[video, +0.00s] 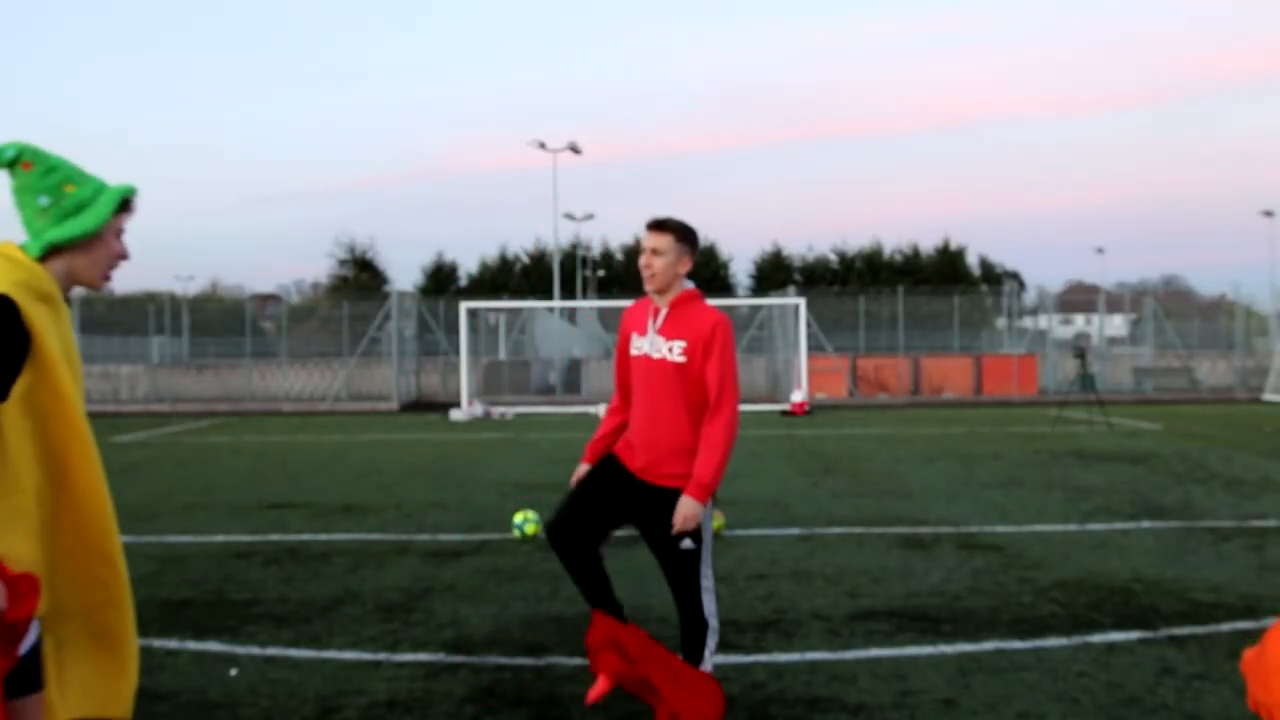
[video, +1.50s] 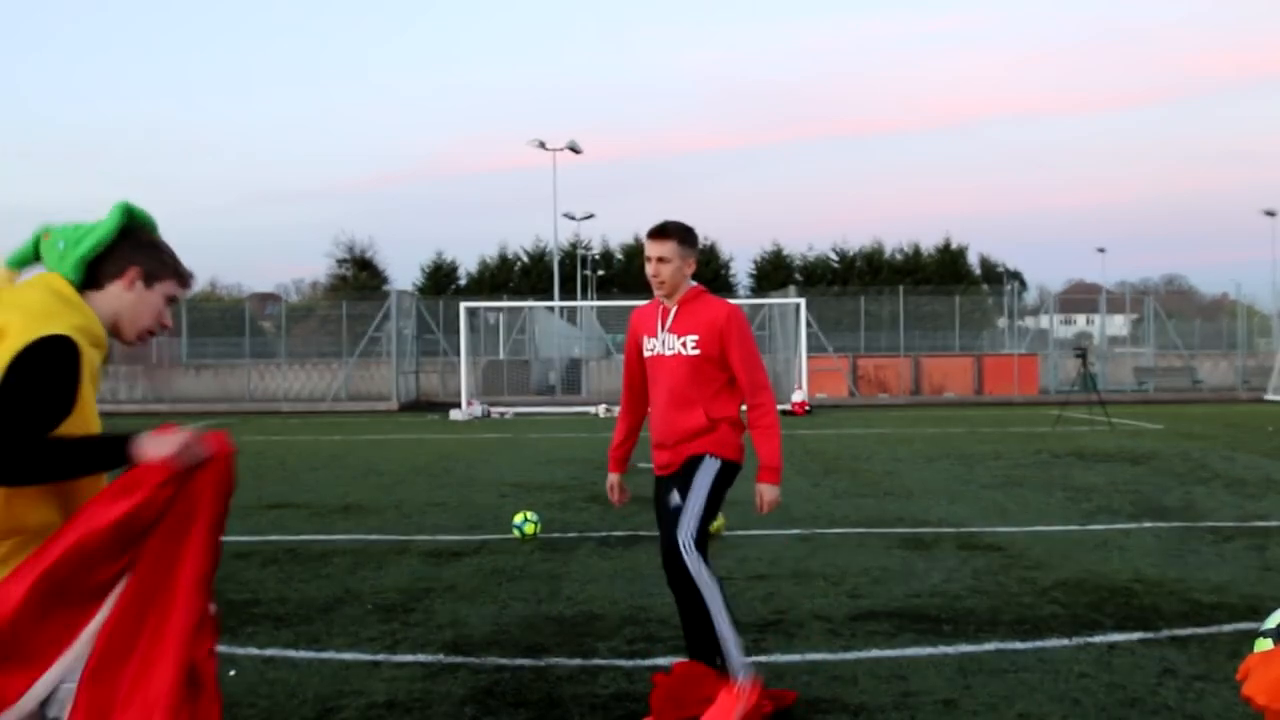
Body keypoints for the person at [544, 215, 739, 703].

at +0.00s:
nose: (645, 263)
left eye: (657, 254)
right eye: (643, 253)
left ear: (685, 262)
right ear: (639, 258)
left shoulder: (709, 325)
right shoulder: (635, 316)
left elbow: (723, 414)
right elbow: (622, 401)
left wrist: (698, 493)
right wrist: (590, 459)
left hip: (676, 485)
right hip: (625, 470)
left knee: (693, 603)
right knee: (566, 534)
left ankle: (693, 693)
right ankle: (618, 641)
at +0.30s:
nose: (647, 267)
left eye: (657, 258)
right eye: (643, 258)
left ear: (686, 263)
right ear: (641, 263)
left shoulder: (714, 324)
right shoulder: (642, 318)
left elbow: (735, 413)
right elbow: (634, 402)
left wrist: (735, 498)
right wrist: (618, 460)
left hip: (690, 479)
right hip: (640, 465)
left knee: (694, 599)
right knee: (576, 527)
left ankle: (691, 691)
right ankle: (654, 616)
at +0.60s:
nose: (633, 270)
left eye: (642, 261)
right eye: (629, 262)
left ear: (670, 264)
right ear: (628, 270)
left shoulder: (705, 316)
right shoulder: (633, 330)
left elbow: (736, 396)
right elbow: (634, 411)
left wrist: (749, 476)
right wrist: (632, 480)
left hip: (702, 466)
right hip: (660, 471)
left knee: (668, 578)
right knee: (676, 582)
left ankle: (698, 692)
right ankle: (693, 690)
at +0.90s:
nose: (628, 268)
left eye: (637, 258)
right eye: (624, 261)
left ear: (664, 262)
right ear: (624, 269)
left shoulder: (704, 309)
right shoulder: (633, 332)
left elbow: (739, 389)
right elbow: (641, 415)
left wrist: (742, 465)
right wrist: (639, 481)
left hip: (706, 442)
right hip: (664, 454)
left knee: (647, 512)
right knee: (687, 569)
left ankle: (700, 605)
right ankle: (703, 693)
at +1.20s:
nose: (640, 269)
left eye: (650, 259)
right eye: (636, 260)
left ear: (677, 263)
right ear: (632, 265)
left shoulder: (709, 313)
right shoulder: (638, 324)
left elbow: (747, 395)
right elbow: (642, 406)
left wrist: (754, 473)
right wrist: (633, 472)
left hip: (712, 433)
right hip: (666, 441)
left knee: (646, 478)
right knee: (683, 570)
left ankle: (751, 527)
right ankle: (702, 671)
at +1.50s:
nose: (653, 270)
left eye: (663, 261)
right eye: (648, 261)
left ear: (691, 263)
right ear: (645, 264)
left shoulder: (723, 315)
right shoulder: (643, 318)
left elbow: (760, 395)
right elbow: (633, 398)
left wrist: (769, 472)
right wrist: (617, 462)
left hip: (714, 450)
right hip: (669, 456)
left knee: (683, 549)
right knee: (679, 563)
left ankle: (739, 677)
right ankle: (702, 672)